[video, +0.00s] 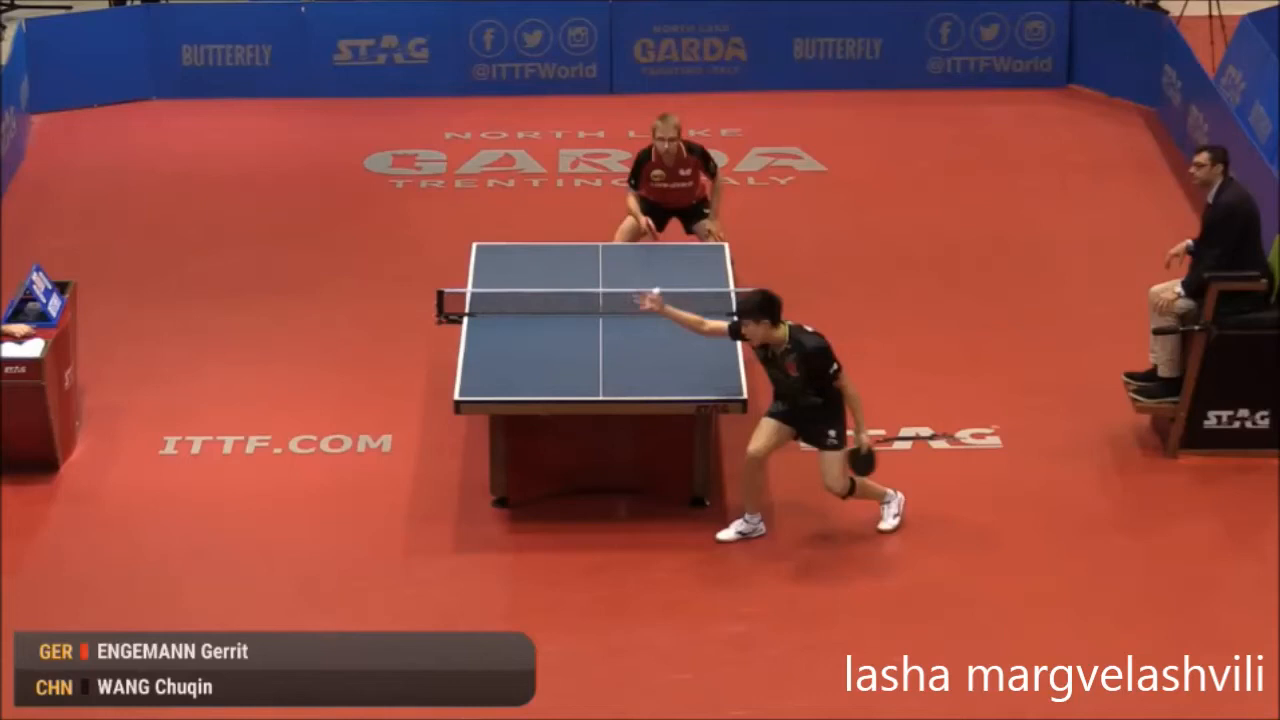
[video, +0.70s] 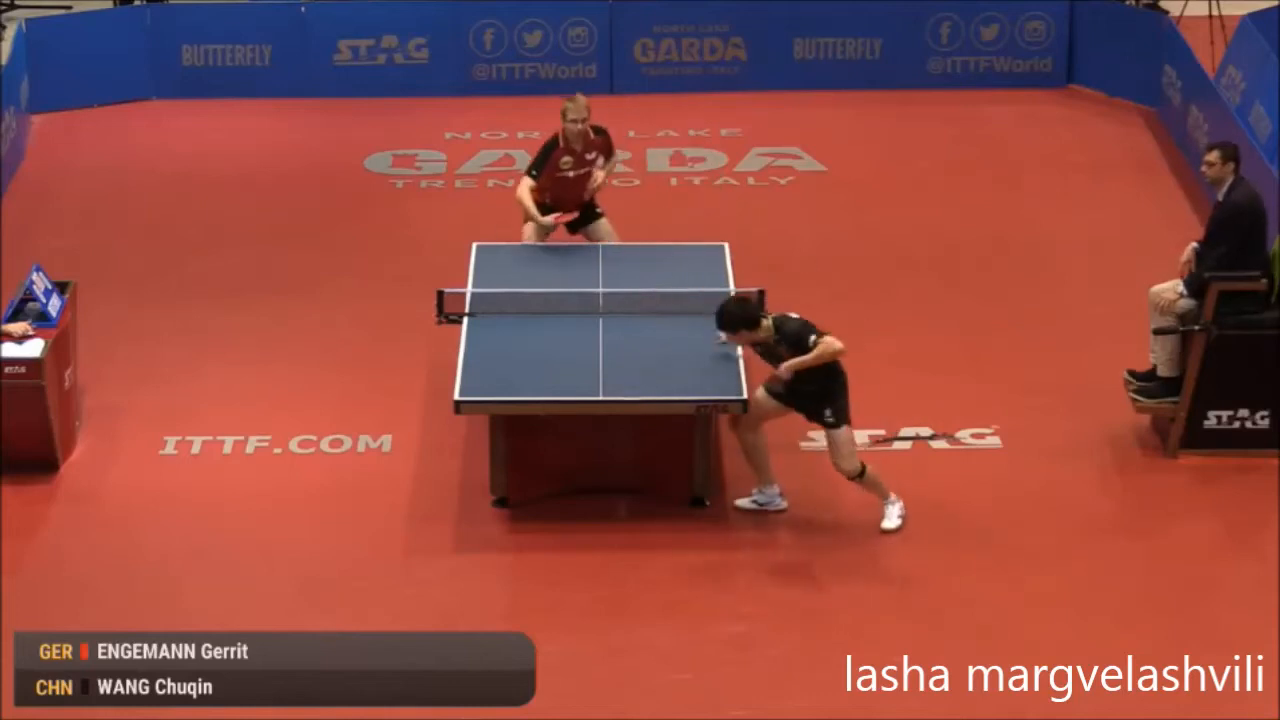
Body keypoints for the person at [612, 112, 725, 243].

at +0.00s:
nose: (666, 147)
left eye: (671, 140)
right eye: (661, 140)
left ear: (679, 138)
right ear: (653, 139)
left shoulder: (696, 153)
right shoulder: (644, 157)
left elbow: (715, 178)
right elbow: (631, 194)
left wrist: (713, 218)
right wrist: (640, 217)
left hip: (691, 206)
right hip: (654, 206)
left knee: (717, 245)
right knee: (620, 242)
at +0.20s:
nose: (668, 131)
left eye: (673, 125)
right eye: (662, 125)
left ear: (680, 125)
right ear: (654, 125)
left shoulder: (697, 143)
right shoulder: (644, 146)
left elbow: (713, 170)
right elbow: (628, 181)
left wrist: (705, 212)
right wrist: (633, 204)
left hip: (686, 202)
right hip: (650, 202)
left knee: (706, 237)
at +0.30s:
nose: (657, 129)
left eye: (663, 123)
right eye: (652, 123)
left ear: (670, 124)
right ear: (643, 125)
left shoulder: (687, 145)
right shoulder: (634, 148)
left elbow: (704, 174)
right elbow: (614, 183)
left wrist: (690, 210)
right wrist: (618, 204)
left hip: (676, 208)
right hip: (639, 208)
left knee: (699, 245)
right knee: (608, 244)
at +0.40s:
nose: (642, 132)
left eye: (646, 126)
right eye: (636, 126)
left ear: (653, 126)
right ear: (628, 128)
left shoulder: (671, 148)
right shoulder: (619, 153)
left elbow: (689, 178)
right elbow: (594, 189)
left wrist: (673, 210)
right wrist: (599, 208)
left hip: (665, 212)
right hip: (628, 213)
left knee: (689, 252)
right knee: (600, 247)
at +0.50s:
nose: (612, 129)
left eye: (617, 123)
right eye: (607, 124)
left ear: (623, 123)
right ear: (597, 124)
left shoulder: (636, 146)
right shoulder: (586, 152)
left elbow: (647, 169)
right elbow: (558, 193)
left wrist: (641, 192)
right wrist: (572, 216)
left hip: (630, 214)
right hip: (594, 215)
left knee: (665, 253)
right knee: (574, 255)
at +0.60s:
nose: (597, 127)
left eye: (602, 120)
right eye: (591, 121)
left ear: (608, 120)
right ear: (581, 121)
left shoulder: (619, 140)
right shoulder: (570, 148)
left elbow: (628, 161)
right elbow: (540, 190)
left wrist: (623, 179)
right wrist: (557, 216)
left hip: (609, 208)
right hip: (574, 210)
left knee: (640, 248)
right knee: (556, 254)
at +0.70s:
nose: (579, 127)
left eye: (583, 121)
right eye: (573, 121)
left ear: (589, 120)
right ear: (563, 122)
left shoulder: (600, 137)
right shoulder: (553, 145)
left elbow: (611, 158)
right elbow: (522, 189)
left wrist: (603, 173)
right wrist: (539, 219)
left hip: (582, 206)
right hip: (547, 207)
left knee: (615, 251)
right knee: (529, 254)